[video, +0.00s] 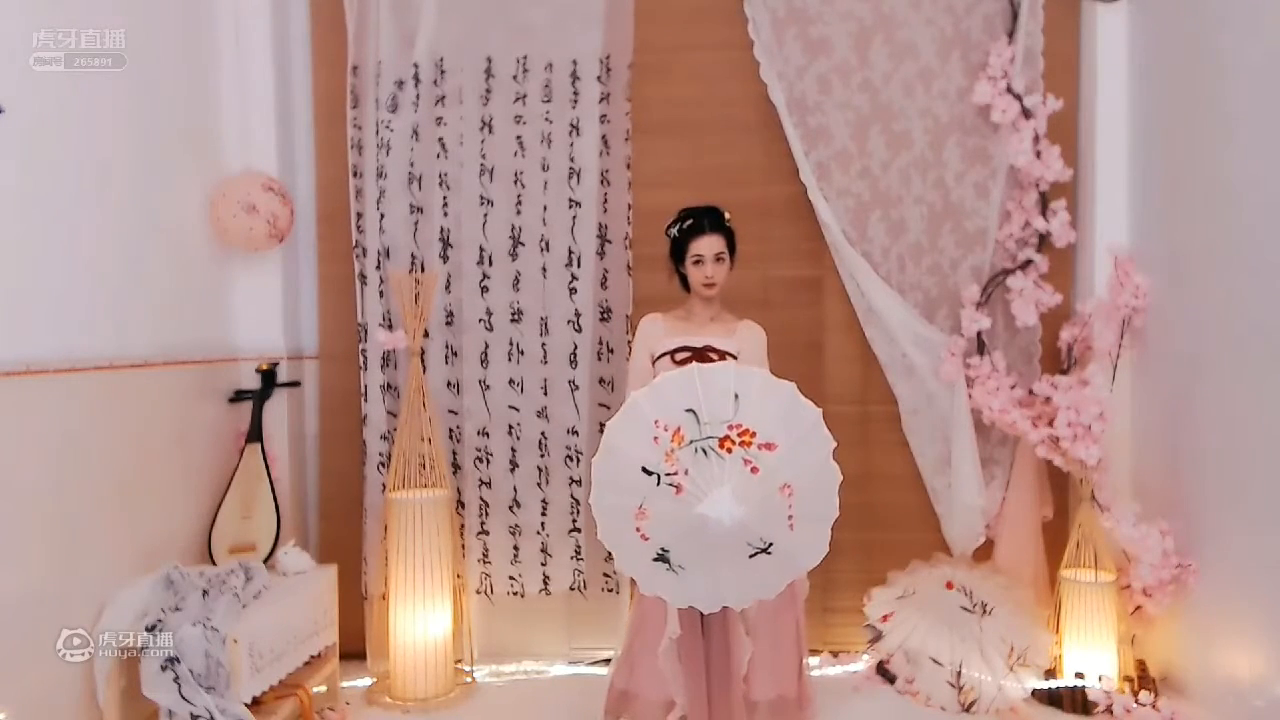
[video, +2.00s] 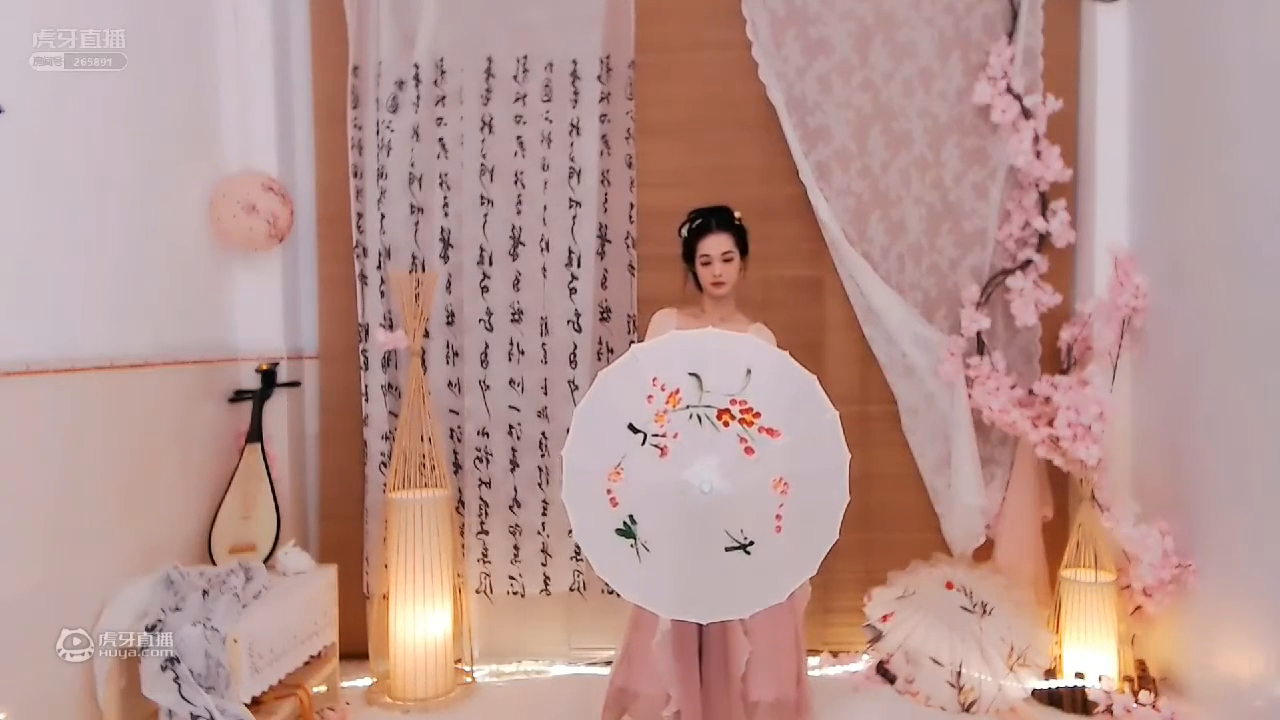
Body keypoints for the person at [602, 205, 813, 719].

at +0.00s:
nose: (709, 271)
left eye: (718, 259)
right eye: (698, 261)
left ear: (731, 264)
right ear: (681, 266)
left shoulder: (750, 335)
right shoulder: (653, 328)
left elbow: (764, 424)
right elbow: (637, 417)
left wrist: (764, 493)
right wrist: (640, 496)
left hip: (736, 484)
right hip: (670, 484)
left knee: (735, 606)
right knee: (672, 604)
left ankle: (735, 709)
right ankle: (673, 709)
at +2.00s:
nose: (717, 270)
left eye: (727, 258)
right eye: (706, 260)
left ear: (742, 262)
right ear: (692, 266)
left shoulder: (760, 335)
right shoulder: (666, 323)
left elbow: (776, 425)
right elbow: (646, 410)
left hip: (741, 488)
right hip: (678, 484)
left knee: (740, 605)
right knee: (677, 603)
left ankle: (739, 709)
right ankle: (678, 709)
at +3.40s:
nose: (719, 271)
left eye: (729, 258)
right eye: (708, 260)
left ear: (745, 263)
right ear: (695, 267)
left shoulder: (764, 340)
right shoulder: (672, 337)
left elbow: (789, 431)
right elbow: (646, 420)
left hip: (752, 493)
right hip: (684, 492)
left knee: (750, 612)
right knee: (683, 613)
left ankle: (749, 710)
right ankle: (679, 711)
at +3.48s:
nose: (718, 271)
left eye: (728, 258)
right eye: (707, 261)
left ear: (745, 263)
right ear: (694, 267)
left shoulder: (764, 343)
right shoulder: (673, 334)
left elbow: (793, 430)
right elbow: (640, 415)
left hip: (752, 495)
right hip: (682, 495)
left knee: (749, 614)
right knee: (682, 614)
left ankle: (748, 711)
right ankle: (679, 712)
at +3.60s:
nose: (718, 271)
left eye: (728, 258)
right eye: (707, 261)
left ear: (744, 263)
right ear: (694, 267)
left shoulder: (766, 343)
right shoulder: (671, 333)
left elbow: (796, 430)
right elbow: (635, 415)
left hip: (752, 499)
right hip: (682, 498)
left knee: (750, 618)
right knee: (681, 620)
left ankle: (747, 712)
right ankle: (677, 713)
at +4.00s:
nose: (716, 272)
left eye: (726, 259)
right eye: (705, 262)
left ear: (742, 263)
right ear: (693, 268)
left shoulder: (761, 339)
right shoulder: (674, 333)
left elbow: (786, 427)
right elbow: (649, 418)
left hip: (747, 490)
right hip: (685, 486)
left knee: (746, 604)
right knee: (681, 604)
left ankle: (745, 710)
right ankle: (678, 711)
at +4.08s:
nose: (716, 271)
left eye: (726, 259)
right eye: (705, 261)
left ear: (742, 263)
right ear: (693, 268)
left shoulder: (760, 337)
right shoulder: (672, 334)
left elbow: (785, 427)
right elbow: (647, 417)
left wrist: (786, 511)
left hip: (746, 492)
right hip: (683, 489)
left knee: (745, 608)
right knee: (680, 608)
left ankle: (744, 710)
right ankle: (677, 711)